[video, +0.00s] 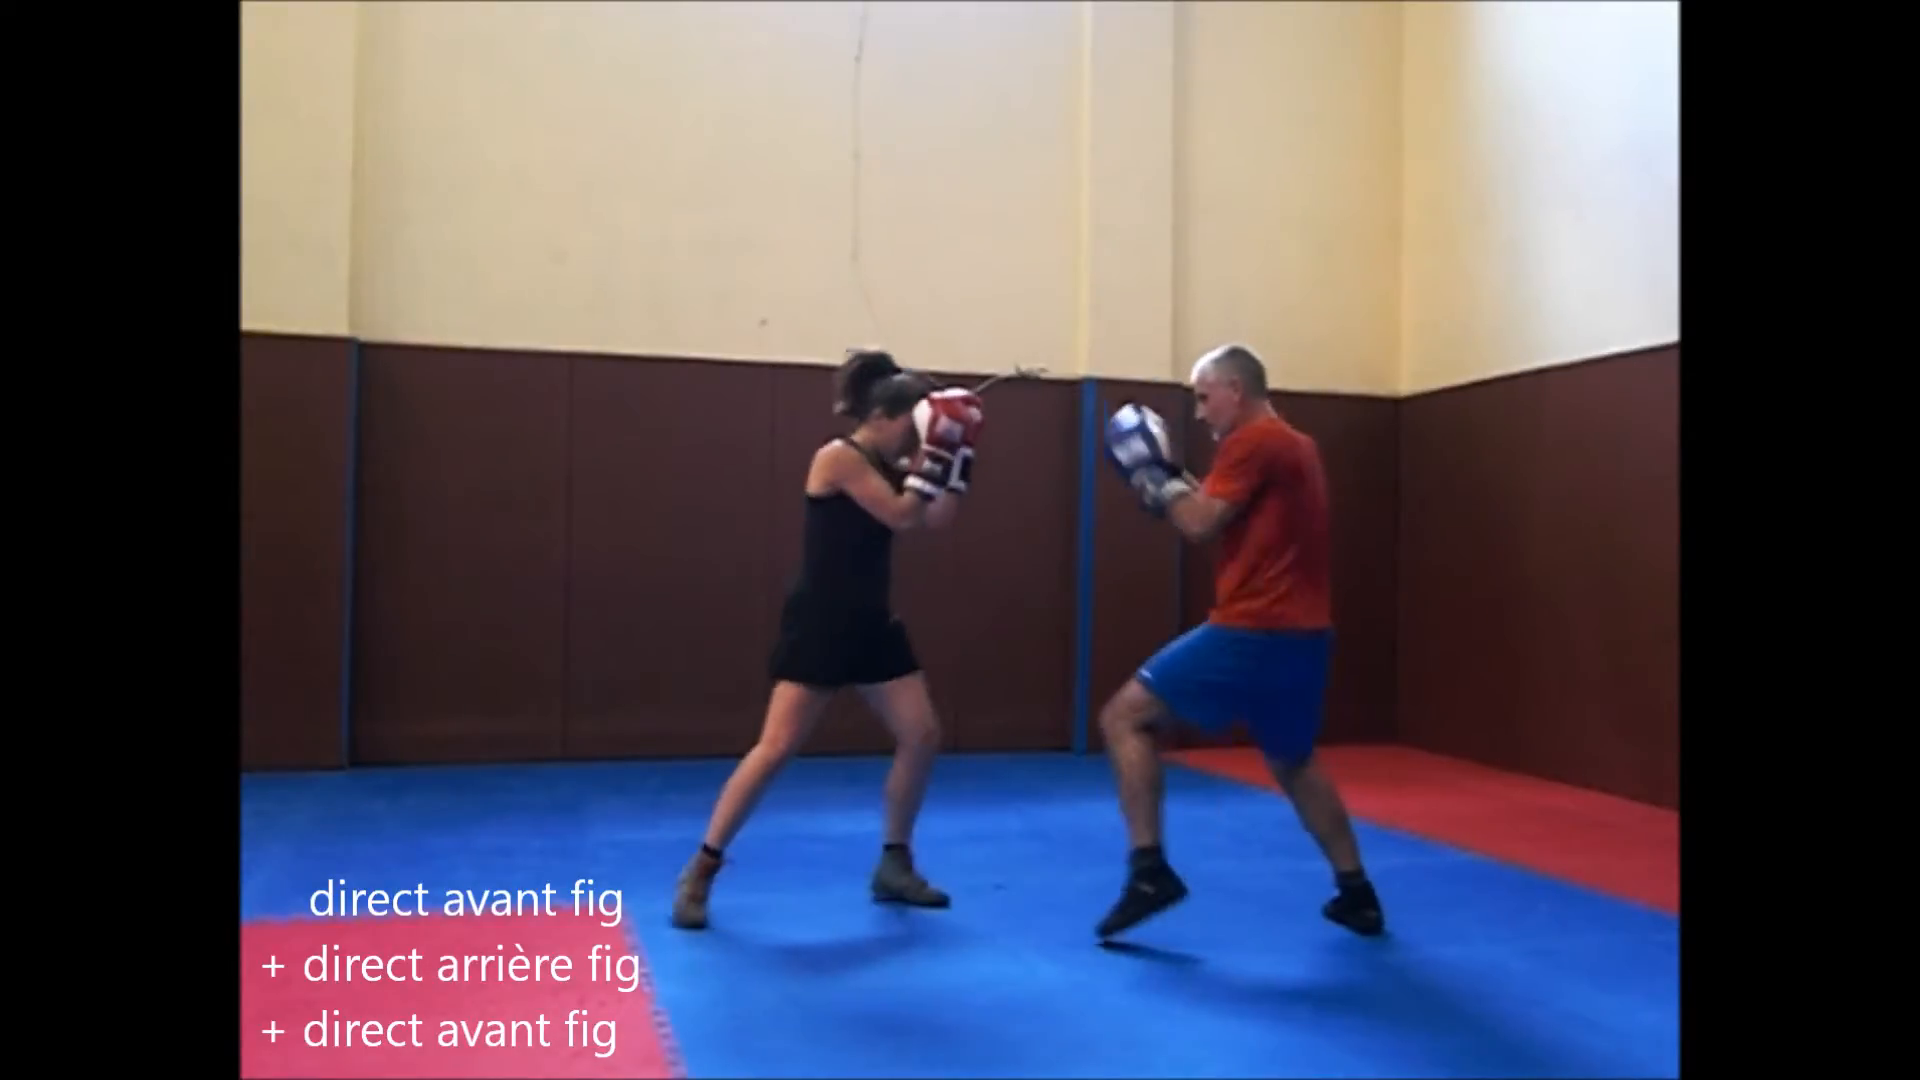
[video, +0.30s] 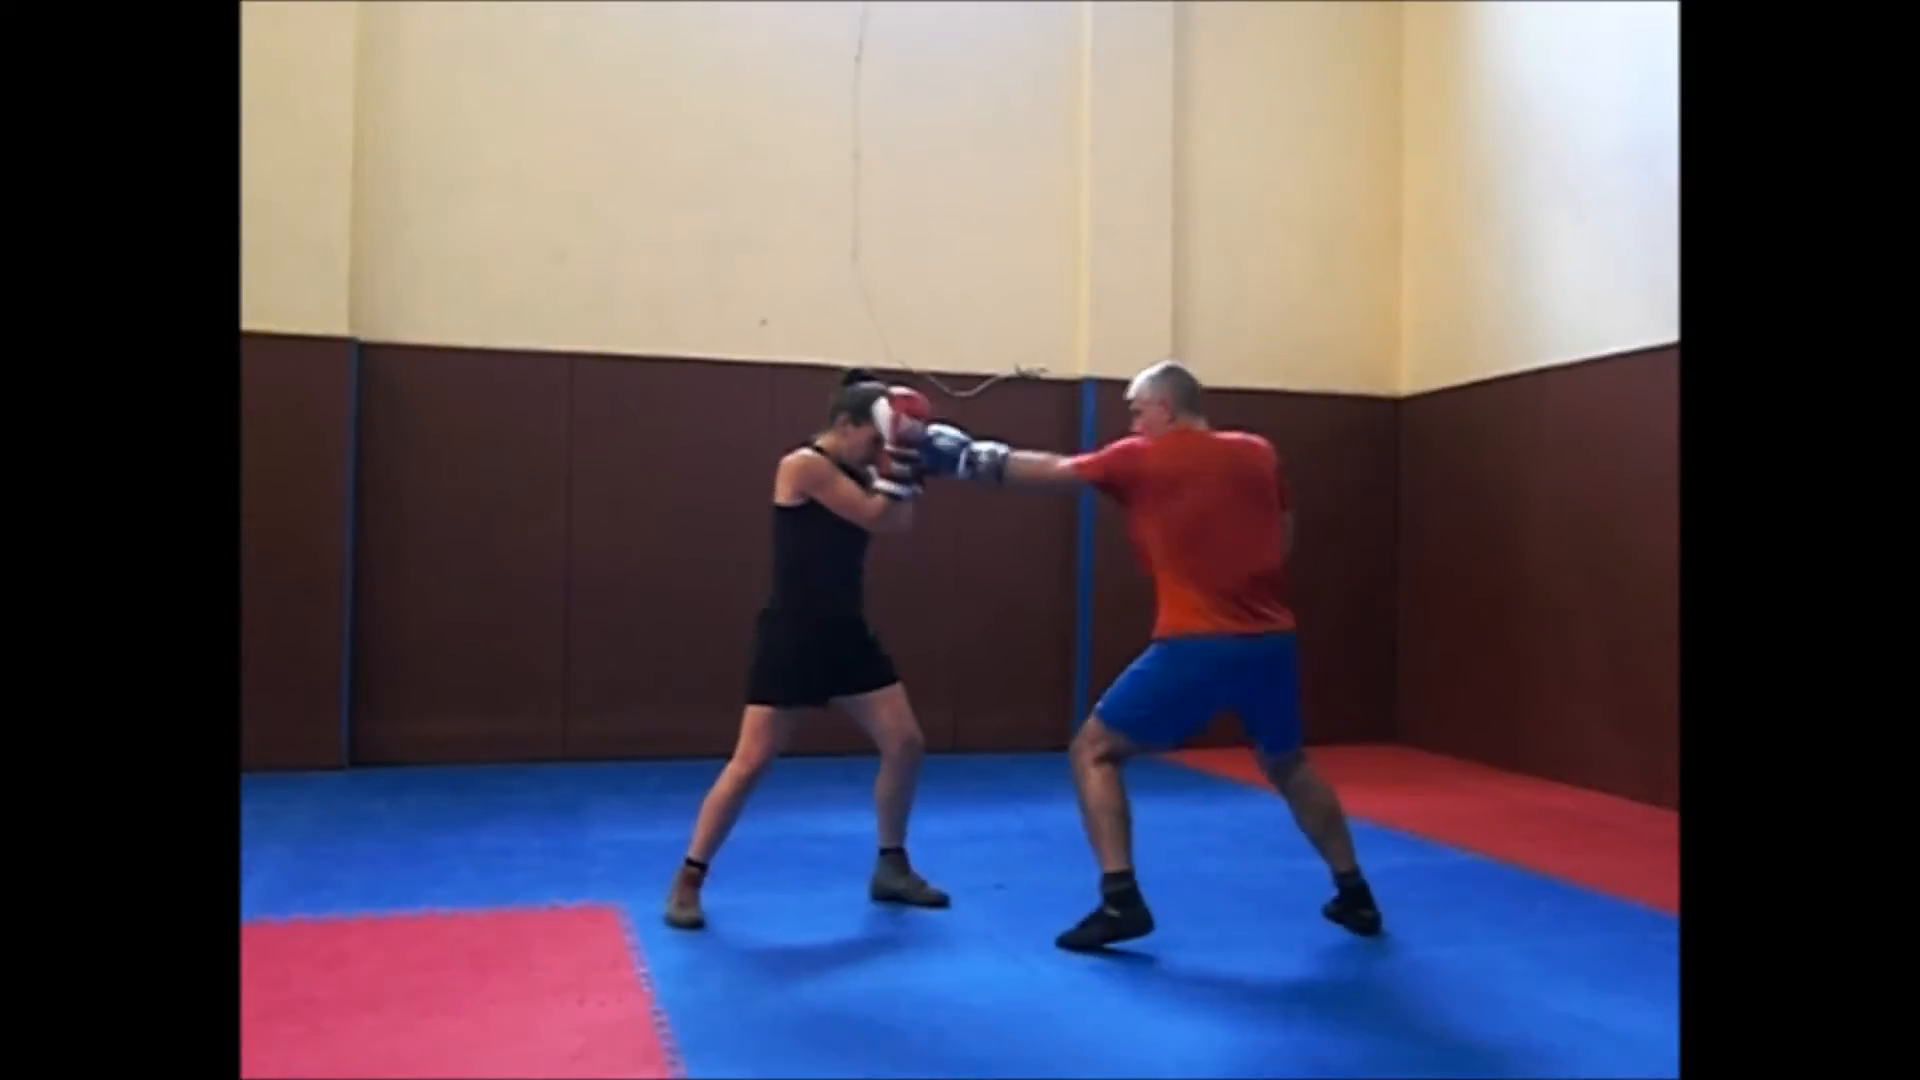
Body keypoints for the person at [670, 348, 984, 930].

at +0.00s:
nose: (912, 435)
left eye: (916, 425)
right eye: (909, 423)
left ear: (886, 418)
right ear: (881, 415)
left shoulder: (881, 466)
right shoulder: (837, 457)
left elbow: (936, 517)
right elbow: (899, 514)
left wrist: (956, 459)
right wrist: (934, 461)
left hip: (869, 627)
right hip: (818, 625)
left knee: (921, 733)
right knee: (775, 748)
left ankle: (895, 865)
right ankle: (701, 871)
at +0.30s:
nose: (878, 449)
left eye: (882, 439)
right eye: (873, 437)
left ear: (860, 431)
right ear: (844, 424)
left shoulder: (852, 475)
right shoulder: (804, 467)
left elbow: (900, 519)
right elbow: (877, 517)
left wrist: (907, 468)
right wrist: (894, 477)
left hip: (844, 635)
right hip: (791, 636)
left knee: (904, 742)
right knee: (750, 761)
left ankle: (892, 868)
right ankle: (688, 879)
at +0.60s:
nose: (851, 446)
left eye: (855, 437)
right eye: (846, 434)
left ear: (834, 431)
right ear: (815, 424)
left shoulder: (828, 472)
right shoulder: (779, 465)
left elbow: (876, 515)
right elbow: (850, 514)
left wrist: (884, 463)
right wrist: (871, 466)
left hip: (832, 633)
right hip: (779, 635)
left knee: (888, 742)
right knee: (749, 761)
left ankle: (890, 868)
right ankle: (688, 880)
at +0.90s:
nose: (840, 449)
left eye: (845, 439)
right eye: (835, 437)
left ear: (818, 426)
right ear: (804, 423)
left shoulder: (817, 470)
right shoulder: (766, 463)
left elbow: (870, 514)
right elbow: (838, 509)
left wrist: (887, 462)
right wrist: (868, 468)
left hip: (830, 628)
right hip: (776, 631)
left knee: (879, 741)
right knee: (748, 761)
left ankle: (889, 868)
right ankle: (688, 881)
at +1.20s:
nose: (838, 443)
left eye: (842, 432)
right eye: (831, 431)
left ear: (813, 427)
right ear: (797, 424)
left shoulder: (819, 474)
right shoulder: (758, 473)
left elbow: (857, 544)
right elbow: (815, 541)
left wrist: (880, 490)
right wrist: (853, 490)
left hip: (824, 636)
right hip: (771, 639)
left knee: (887, 743)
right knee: (749, 767)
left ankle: (889, 868)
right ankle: (688, 882)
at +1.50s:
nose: (877, 417)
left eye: (879, 407)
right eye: (871, 406)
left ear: (847, 405)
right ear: (841, 402)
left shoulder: (851, 456)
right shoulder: (802, 453)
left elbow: (903, 513)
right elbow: (865, 512)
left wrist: (931, 458)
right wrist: (899, 460)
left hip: (851, 617)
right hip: (800, 618)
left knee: (882, 741)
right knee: (786, 749)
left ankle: (890, 865)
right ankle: (730, 869)